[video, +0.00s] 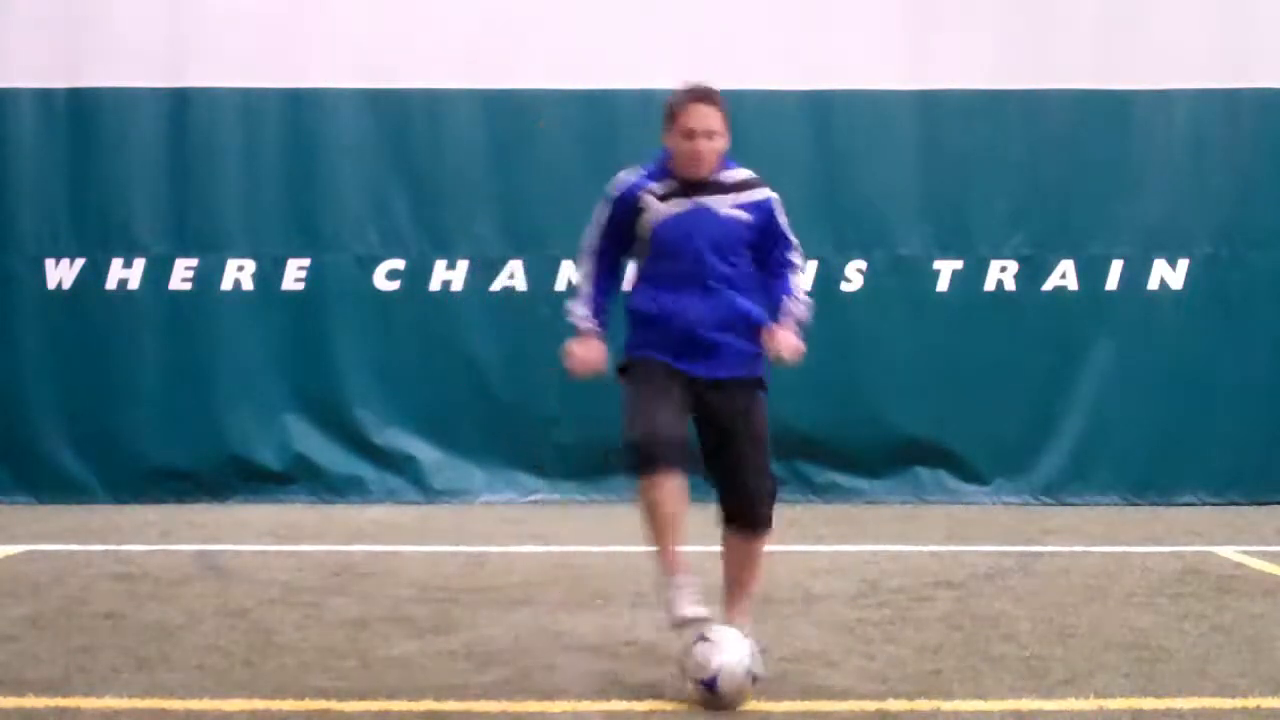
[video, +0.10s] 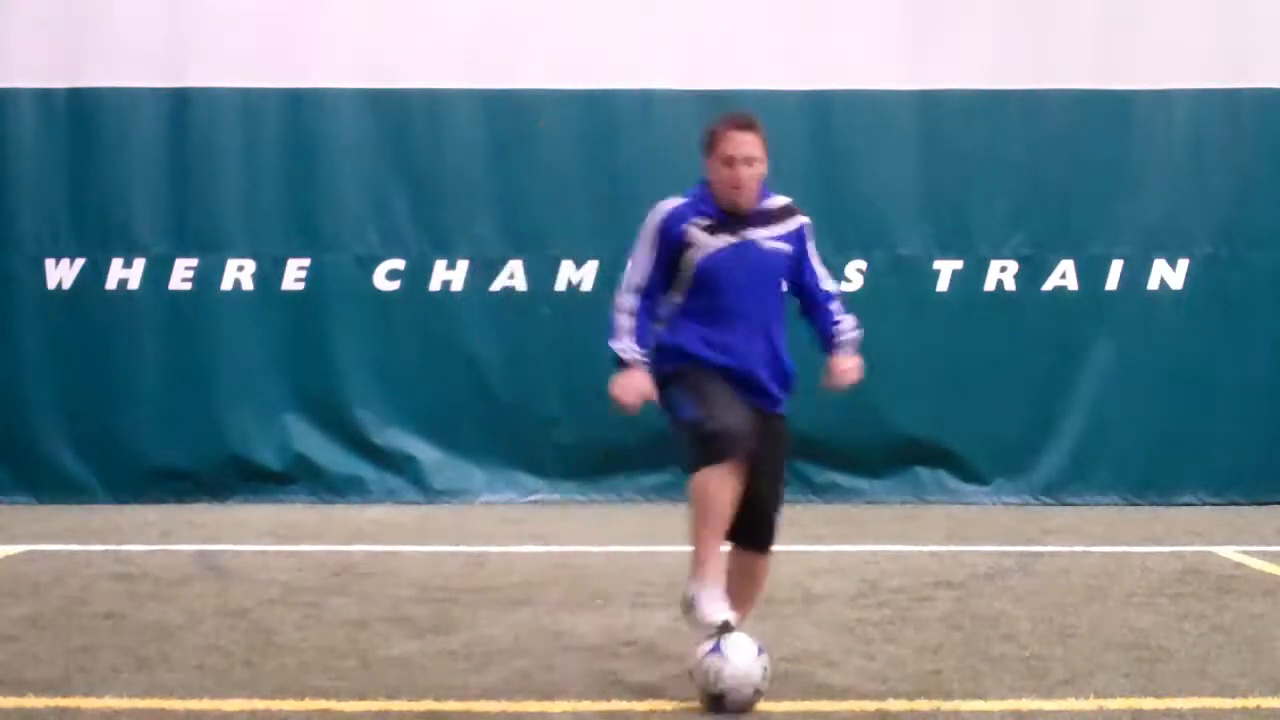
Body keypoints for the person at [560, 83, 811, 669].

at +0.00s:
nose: (702, 146)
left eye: (712, 136)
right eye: (691, 135)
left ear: (727, 139)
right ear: (668, 137)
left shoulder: (754, 195)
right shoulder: (634, 193)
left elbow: (789, 265)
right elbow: (599, 261)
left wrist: (789, 320)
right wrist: (587, 327)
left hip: (732, 361)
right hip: (657, 357)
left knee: (750, 493)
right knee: (660, 451)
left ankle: (737, 623)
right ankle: (678, 580)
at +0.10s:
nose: (740, 172)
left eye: (750, 162)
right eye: (728, 161)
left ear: (765, 167)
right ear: (708, 166)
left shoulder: (789, 223)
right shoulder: (676, 219)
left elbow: (819, 290)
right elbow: (633, 294)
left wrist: (843, 344)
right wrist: (631, 362)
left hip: (761, 380)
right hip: (693, 367)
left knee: (758, 515)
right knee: (728, 436)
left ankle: (731, 635)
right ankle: (705, 585)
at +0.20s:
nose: (785, 168)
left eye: (795, 156)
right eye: (773, 156)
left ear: (807, 157)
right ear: (749, 156)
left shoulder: (815, 205)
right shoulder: (712, 210)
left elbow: (832, 265)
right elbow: (670, 284)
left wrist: (868, 313)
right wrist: (661, 358)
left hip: (786, 363)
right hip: (718, 352)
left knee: (783, 494)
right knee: (784, 422)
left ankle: (734, 625)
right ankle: (751, 557)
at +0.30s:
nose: (828, 165)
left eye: (838, 154)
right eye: (816, 153)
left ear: (848, 154)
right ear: (790, 153)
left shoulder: (846, 207)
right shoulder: (754, 200)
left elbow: (854, 259)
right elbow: (702, 268)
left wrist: (879, 303)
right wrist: (688, 352)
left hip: (803, 365)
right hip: (747, 359)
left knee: (813, 509)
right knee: (832, 463)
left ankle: (723, 582)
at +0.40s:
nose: (867, 198)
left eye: (876, 186)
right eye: (855, 186)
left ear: (885, 187)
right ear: (827, 183)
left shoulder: (871, 229)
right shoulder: (799, 228)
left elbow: (865, 283)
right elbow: (748, 302)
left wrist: (887, 317)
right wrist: (714, 385)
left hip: (825, 397)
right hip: (785, 399)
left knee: (849, 521)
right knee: (867, 516)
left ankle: (730, 567)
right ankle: (885, 662)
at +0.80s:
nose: (853, 170)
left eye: (864, 159)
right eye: (842, 157)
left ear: (876, 159)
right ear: (818, 154)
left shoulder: (878, 209)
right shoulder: (781, 200)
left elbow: (880, 278)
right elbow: (713, 256)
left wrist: (894, 327)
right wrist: (706, 335)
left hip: (842, 378)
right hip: (779, 375)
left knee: (871, 494)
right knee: (831, 493)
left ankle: (785, 590)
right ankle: (875, 631)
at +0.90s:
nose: (824, 172)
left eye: (836, 161)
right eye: (813, 159)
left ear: (850, 161)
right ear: (792, 155)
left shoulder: (860, 215)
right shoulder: (756, 210)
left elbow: (865, 285)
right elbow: (697, 276)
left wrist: (867, 340)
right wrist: (709, 342)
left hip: (832, 387)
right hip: (760, 385)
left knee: (837, 521)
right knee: (782, 503)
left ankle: (831, 644)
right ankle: (793, 622)